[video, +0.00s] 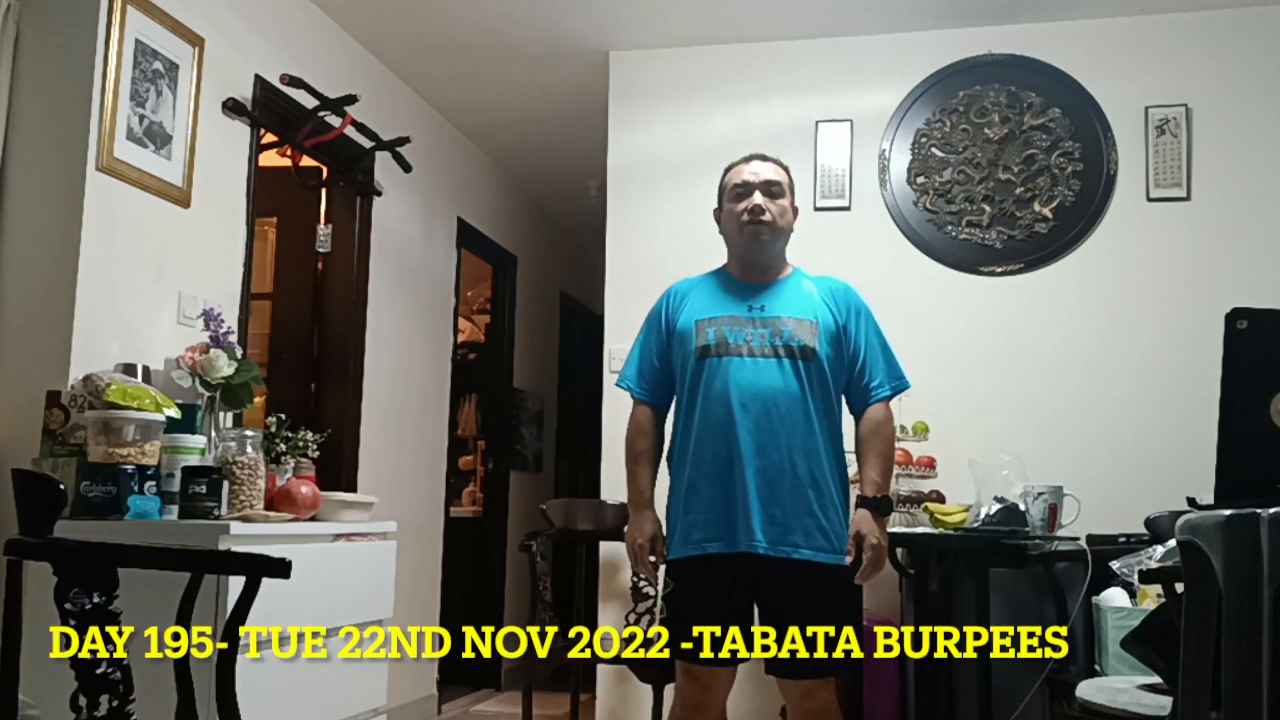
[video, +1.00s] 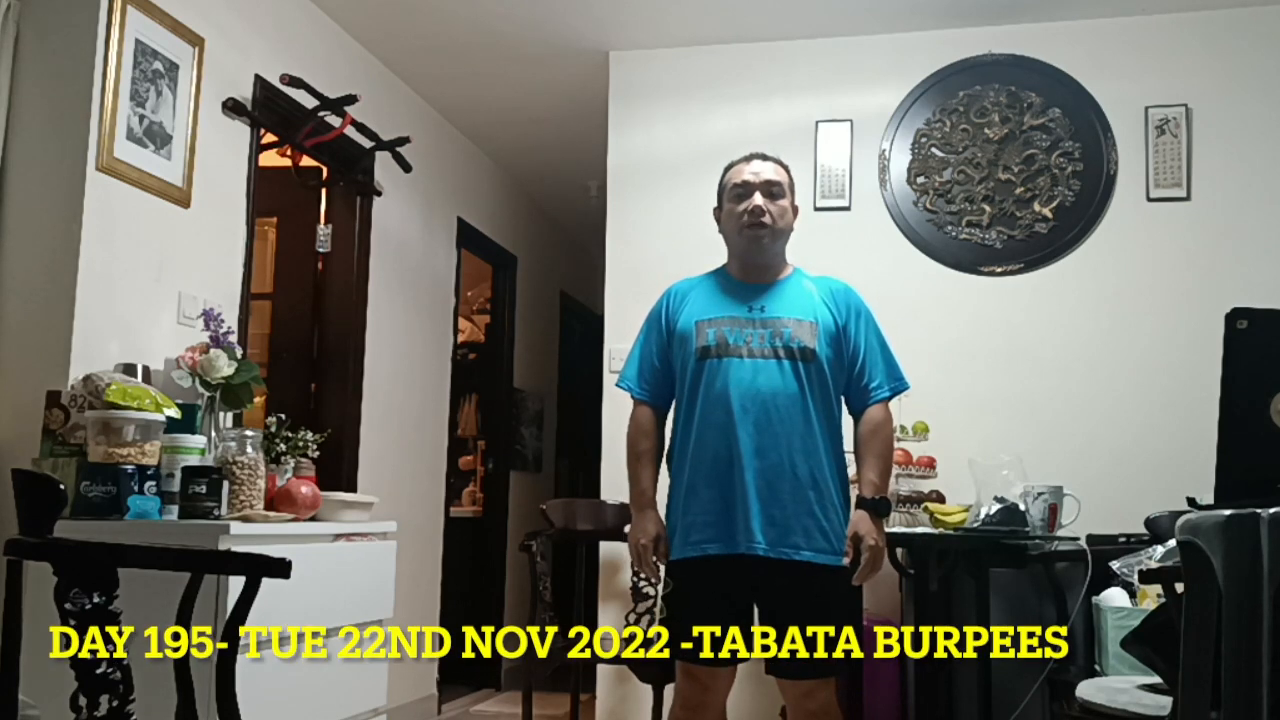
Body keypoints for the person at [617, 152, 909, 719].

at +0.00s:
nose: (757, 200)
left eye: (773, 191)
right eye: (741, 192)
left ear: (794, 216)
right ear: (719, 217)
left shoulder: (837, 301)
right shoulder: (681, 301)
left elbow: (875, 406)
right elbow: (645, 411)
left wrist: (872, 506)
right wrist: (641, 510)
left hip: (811, 540)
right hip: (704, 537)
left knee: (814, 698)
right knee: (699, 692)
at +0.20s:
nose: (757, 200)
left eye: (773, 192)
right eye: (741, 192)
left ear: (793, 216)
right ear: (719, 217)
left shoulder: (837, 302)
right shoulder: (681, 301)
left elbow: (875, 407)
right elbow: (645, 410)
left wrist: (871, 507)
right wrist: (641, 508)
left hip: (810, 541)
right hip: (704, 537)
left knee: (814, 699)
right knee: (698, 692)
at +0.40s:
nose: (757, 200)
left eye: (773, 192)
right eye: (741, 193)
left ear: (793, 216)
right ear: (719, 217)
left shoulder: (837, 301)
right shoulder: (681, 301)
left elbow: (875, 407)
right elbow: (645, 409)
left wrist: (871, 507)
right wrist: (641, 509)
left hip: (810, 541)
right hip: (704, 537)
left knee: (814, 699)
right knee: (698, 692)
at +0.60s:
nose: (758, 200)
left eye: (773, 192)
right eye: (742, 193)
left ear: (794, 216)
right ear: (719, 217)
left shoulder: (837, 302)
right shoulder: (681, 301)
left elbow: (875, 408)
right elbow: (645, 411)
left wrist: (871, 508)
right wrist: (641, 509)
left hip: (811, 541)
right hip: (704, 538)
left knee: (814, 699)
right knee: (698, 692)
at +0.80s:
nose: (757, 200)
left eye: (773, 192)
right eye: (741, 193)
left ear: (794, 216)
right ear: (719, 217)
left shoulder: (837, 302)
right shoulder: (681, 302)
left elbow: (875, 407)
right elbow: (646, 409)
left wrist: (871, 508)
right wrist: (642, 509)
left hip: (811, 542)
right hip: (704, 538)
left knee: (814, 700)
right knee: (698, 692)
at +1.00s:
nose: (757, 200)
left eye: (773, 191)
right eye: (741, 192)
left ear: (794, 215)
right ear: (719, 217)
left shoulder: (837, 302)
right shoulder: (681, 301)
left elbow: (875, 407)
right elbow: (646, 409)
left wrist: (871, 508)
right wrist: (642, 509)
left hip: (810, 542)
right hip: (704, 538)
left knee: (814, 700)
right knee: (698, 692)